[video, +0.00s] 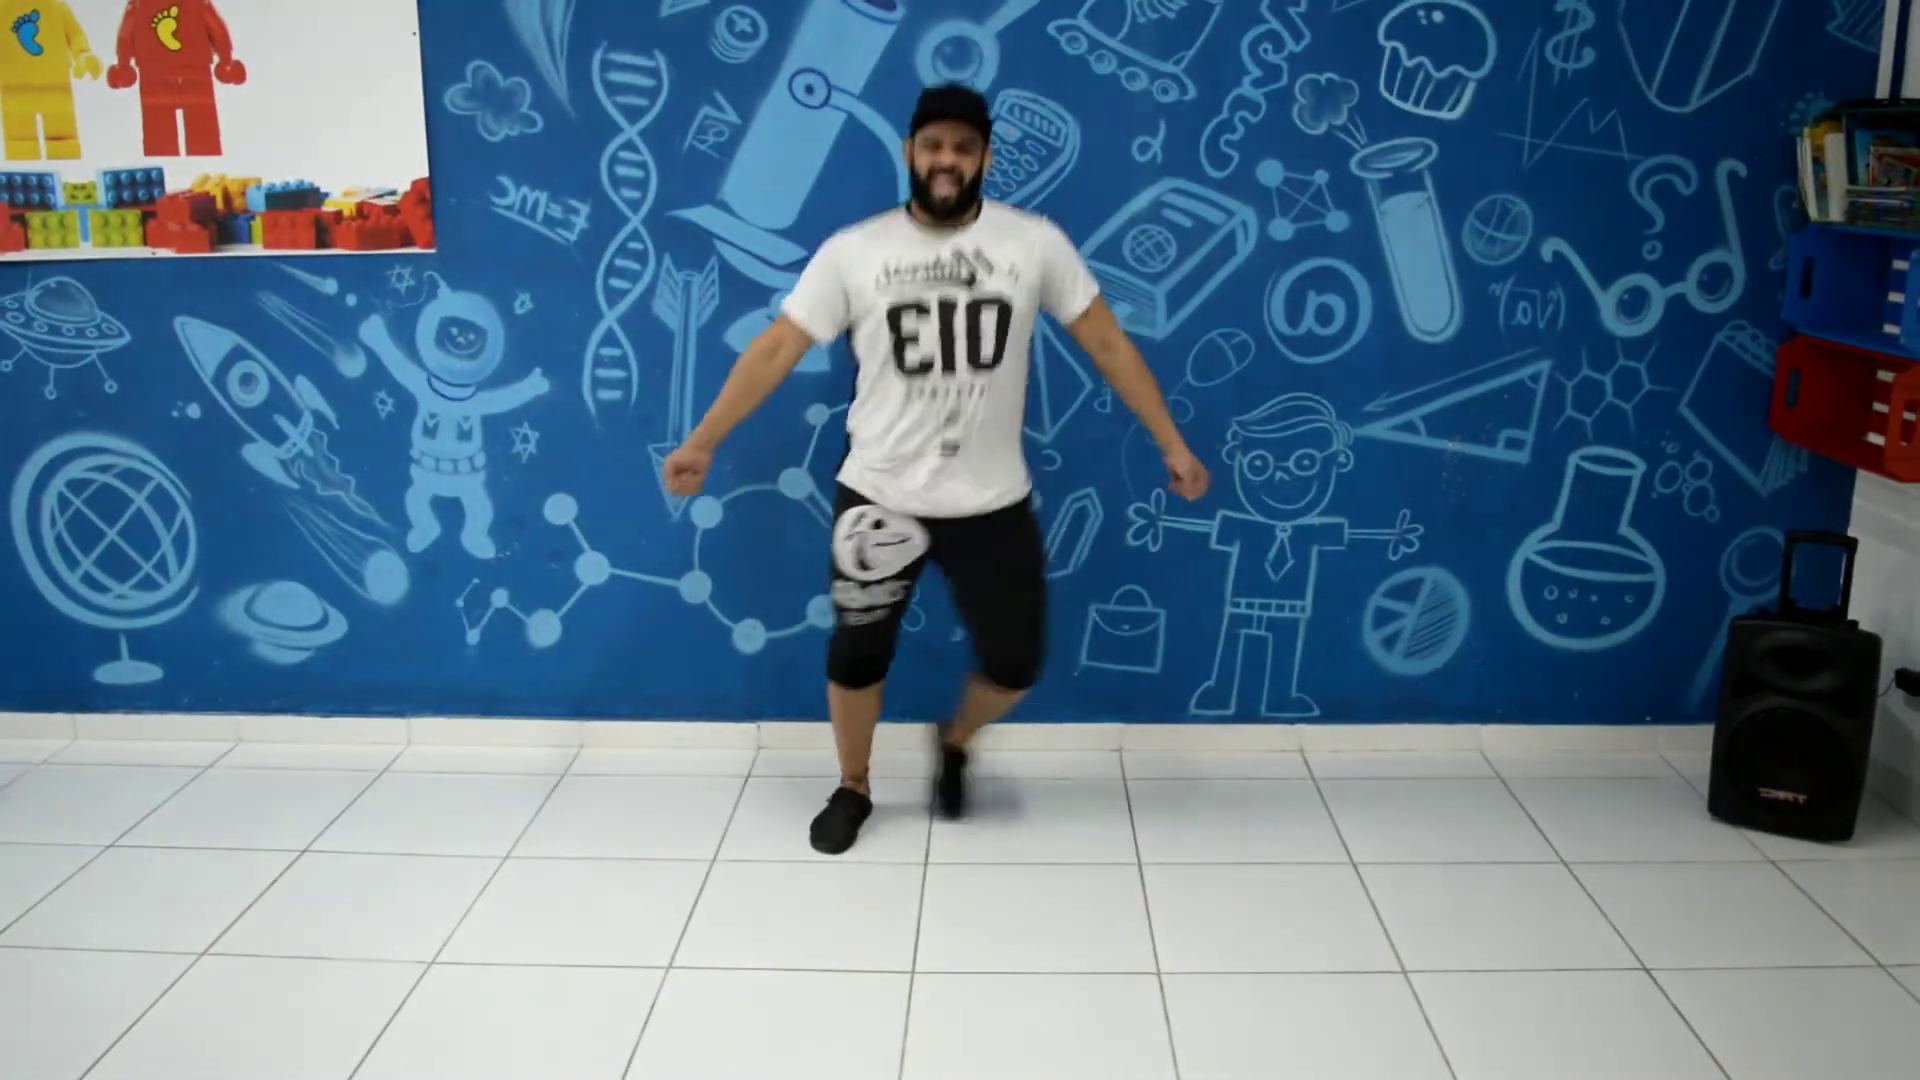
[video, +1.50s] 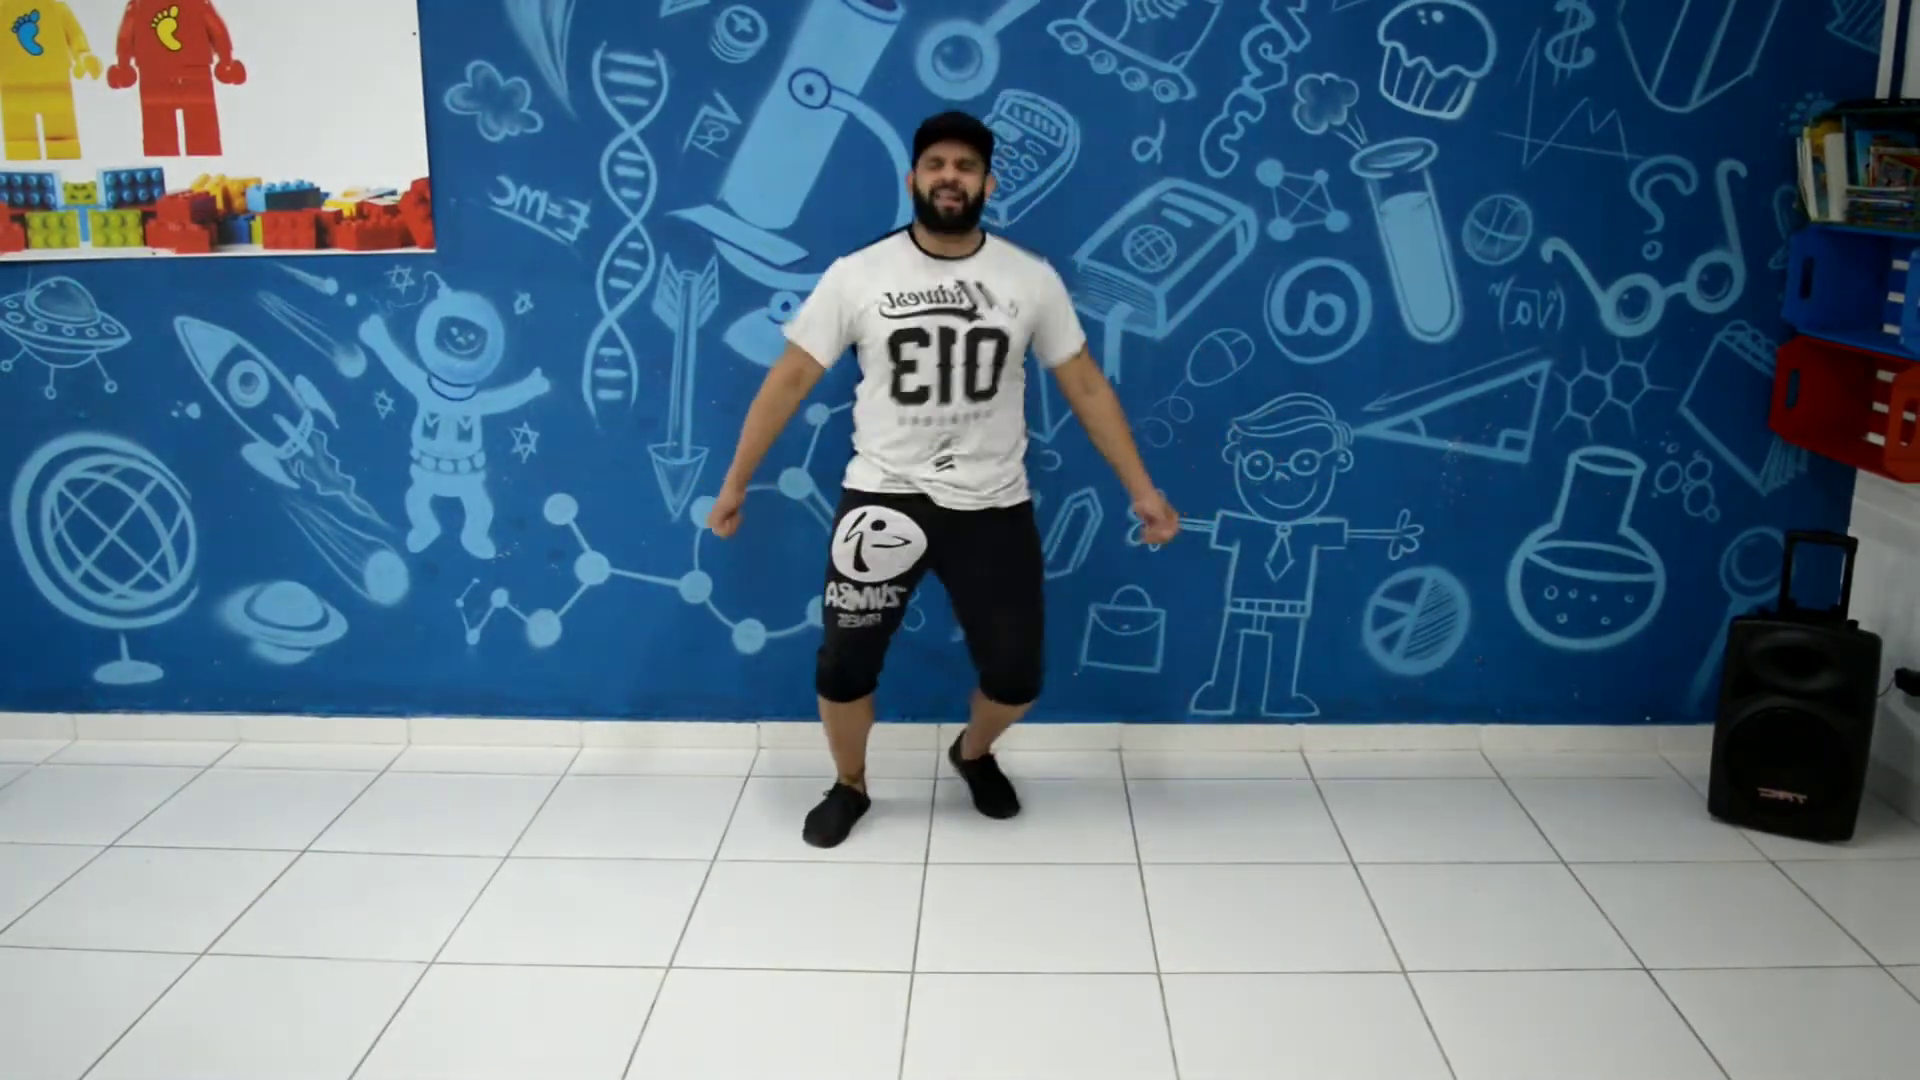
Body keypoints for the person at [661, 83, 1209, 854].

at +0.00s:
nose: (946, 161)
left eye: (963, 148)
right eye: (931, 146)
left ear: (986, 159)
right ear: (909, 153)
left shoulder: (1035, 247)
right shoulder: (852, 255)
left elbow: (1110, 349)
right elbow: (776, 351)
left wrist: (1173, 443)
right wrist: (701, 441)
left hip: (991, 497)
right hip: (880, 492)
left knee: (1013, 667)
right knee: (857, 655)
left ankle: (954, 744)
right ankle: (852, 787)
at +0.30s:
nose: (1007, 199)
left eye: (1022, 185)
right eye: (992, 185)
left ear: (1045, 193)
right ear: (969, 193)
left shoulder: (1093, 287)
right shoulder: (916, 300)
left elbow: (1164, 377)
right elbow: (848, 392)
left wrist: (1238, 466)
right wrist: (777, 491)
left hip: (1076, 505)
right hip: (961, 509)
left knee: (1139, 662)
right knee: (892, 666)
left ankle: (1154, 794)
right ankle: (872, 792)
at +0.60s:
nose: (1065, 173)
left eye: (1079, 158)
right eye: (1049, 159)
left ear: (1102, 167)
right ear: (1026, 170)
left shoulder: (1145, 266)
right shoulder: (973, 260)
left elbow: (1213, 362)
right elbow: (907, 361)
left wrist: (1285, 458)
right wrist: (843, 463)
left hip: (1125, 487)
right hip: (1018, 495)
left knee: (1158, 655)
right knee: (988, 673)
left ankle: (1156, 791)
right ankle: (1025, 766)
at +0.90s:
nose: (1033, 151)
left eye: (1044, 134)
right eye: (1014, 143)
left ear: (1069, 138)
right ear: (997, 162)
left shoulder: (1137, 232)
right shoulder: (964, 253)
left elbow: (1190, 333)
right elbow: (898, 350)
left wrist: (1237, 438)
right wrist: (834, 449)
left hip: (1102, 480)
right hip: (987, 480)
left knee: (1142, 641)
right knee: (932, 637)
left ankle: (1155, 789)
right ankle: (910, 767)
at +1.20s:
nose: (972, 165)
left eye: (988, 152)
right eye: (957, 153)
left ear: (1012, 165)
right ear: (936, 167)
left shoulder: (1069, 255)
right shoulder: (891, 271)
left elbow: (1128, 358)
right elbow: (817, 365)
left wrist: (1182, 464)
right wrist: (751, 459)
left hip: (1028, 493)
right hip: (914, 490)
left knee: (1086, 651)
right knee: (867, 647)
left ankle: (1129, 790)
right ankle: (853, 785)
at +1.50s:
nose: (950, 179)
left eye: (966, 167)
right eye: (936, 165)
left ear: (986, 183)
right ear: (913, 178)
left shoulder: (1032, 281)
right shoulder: (856, 278)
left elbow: (1088, 387)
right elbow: (790, 378)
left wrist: (1142, 488)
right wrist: (735, 484)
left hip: (993, 501)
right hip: (884, 494)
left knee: (1016, 676)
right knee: (845, 661)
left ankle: (973, 754)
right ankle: (850, 786)